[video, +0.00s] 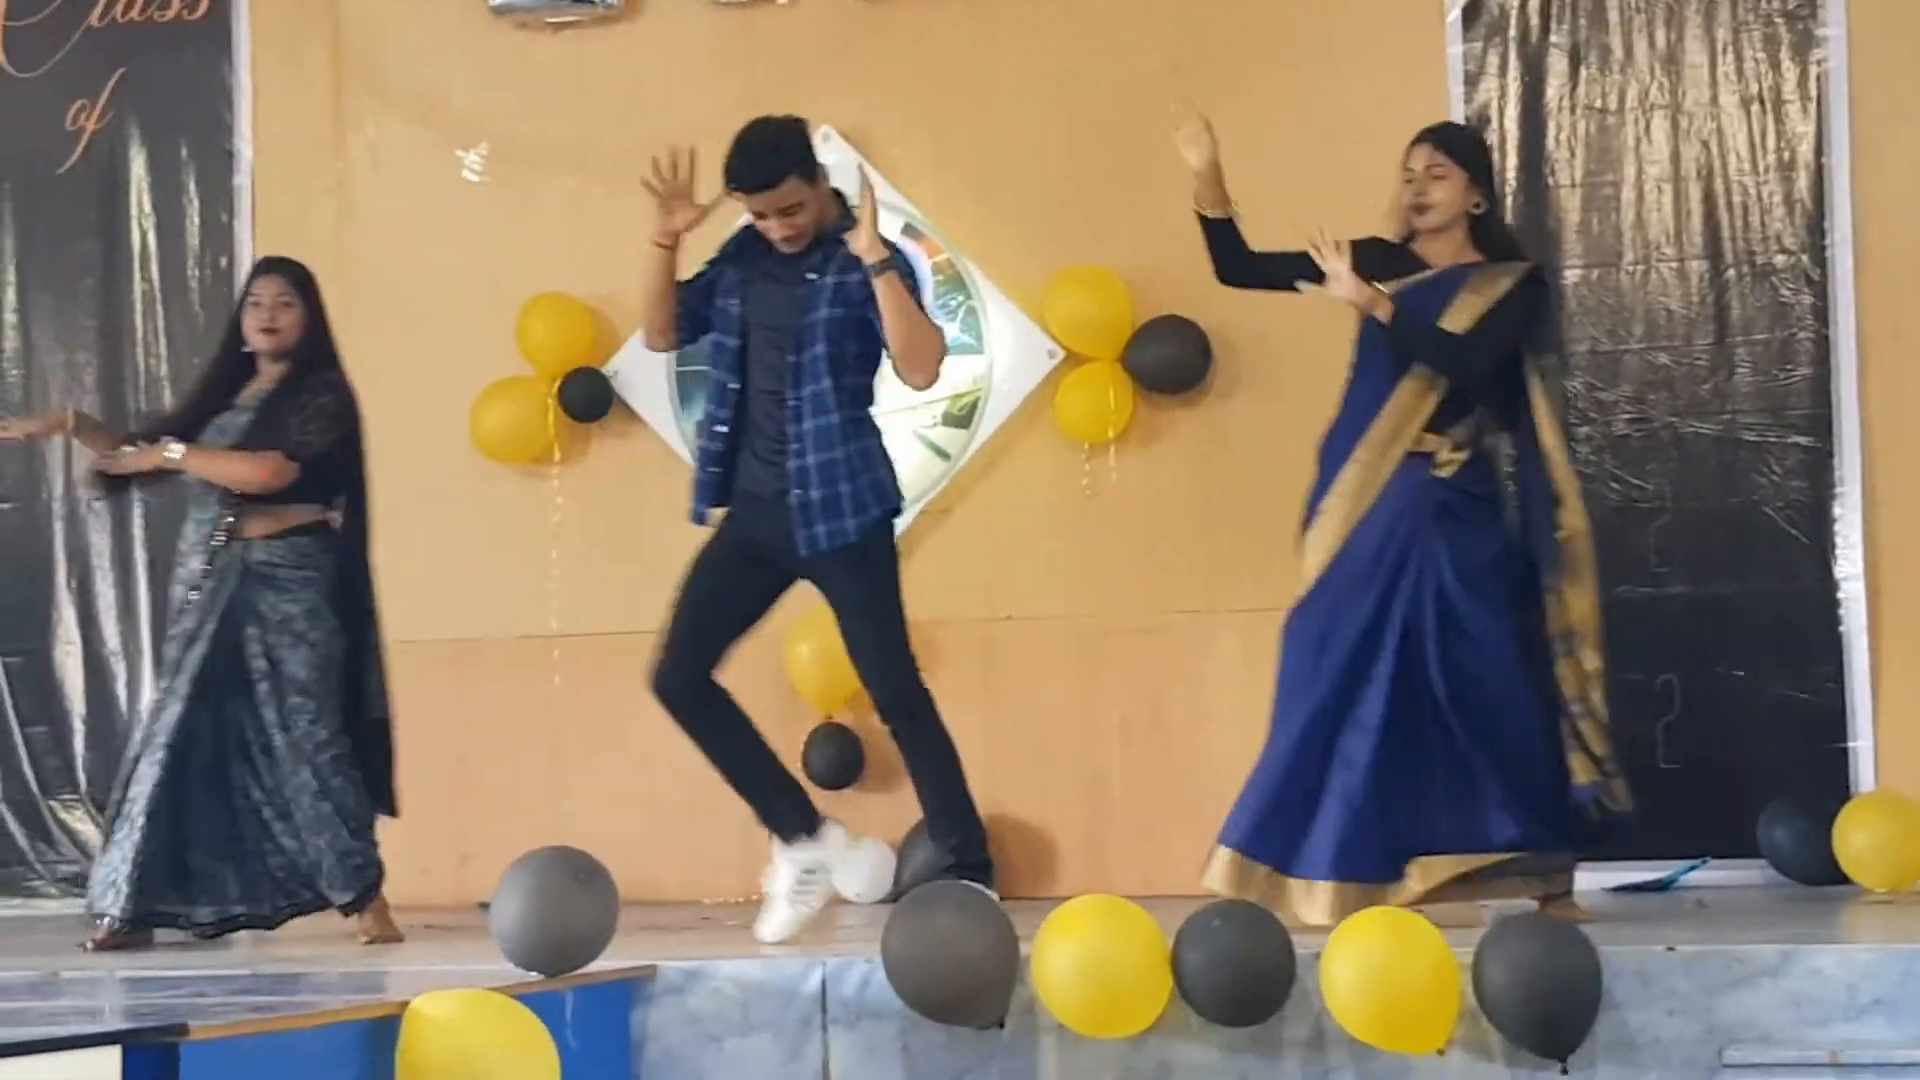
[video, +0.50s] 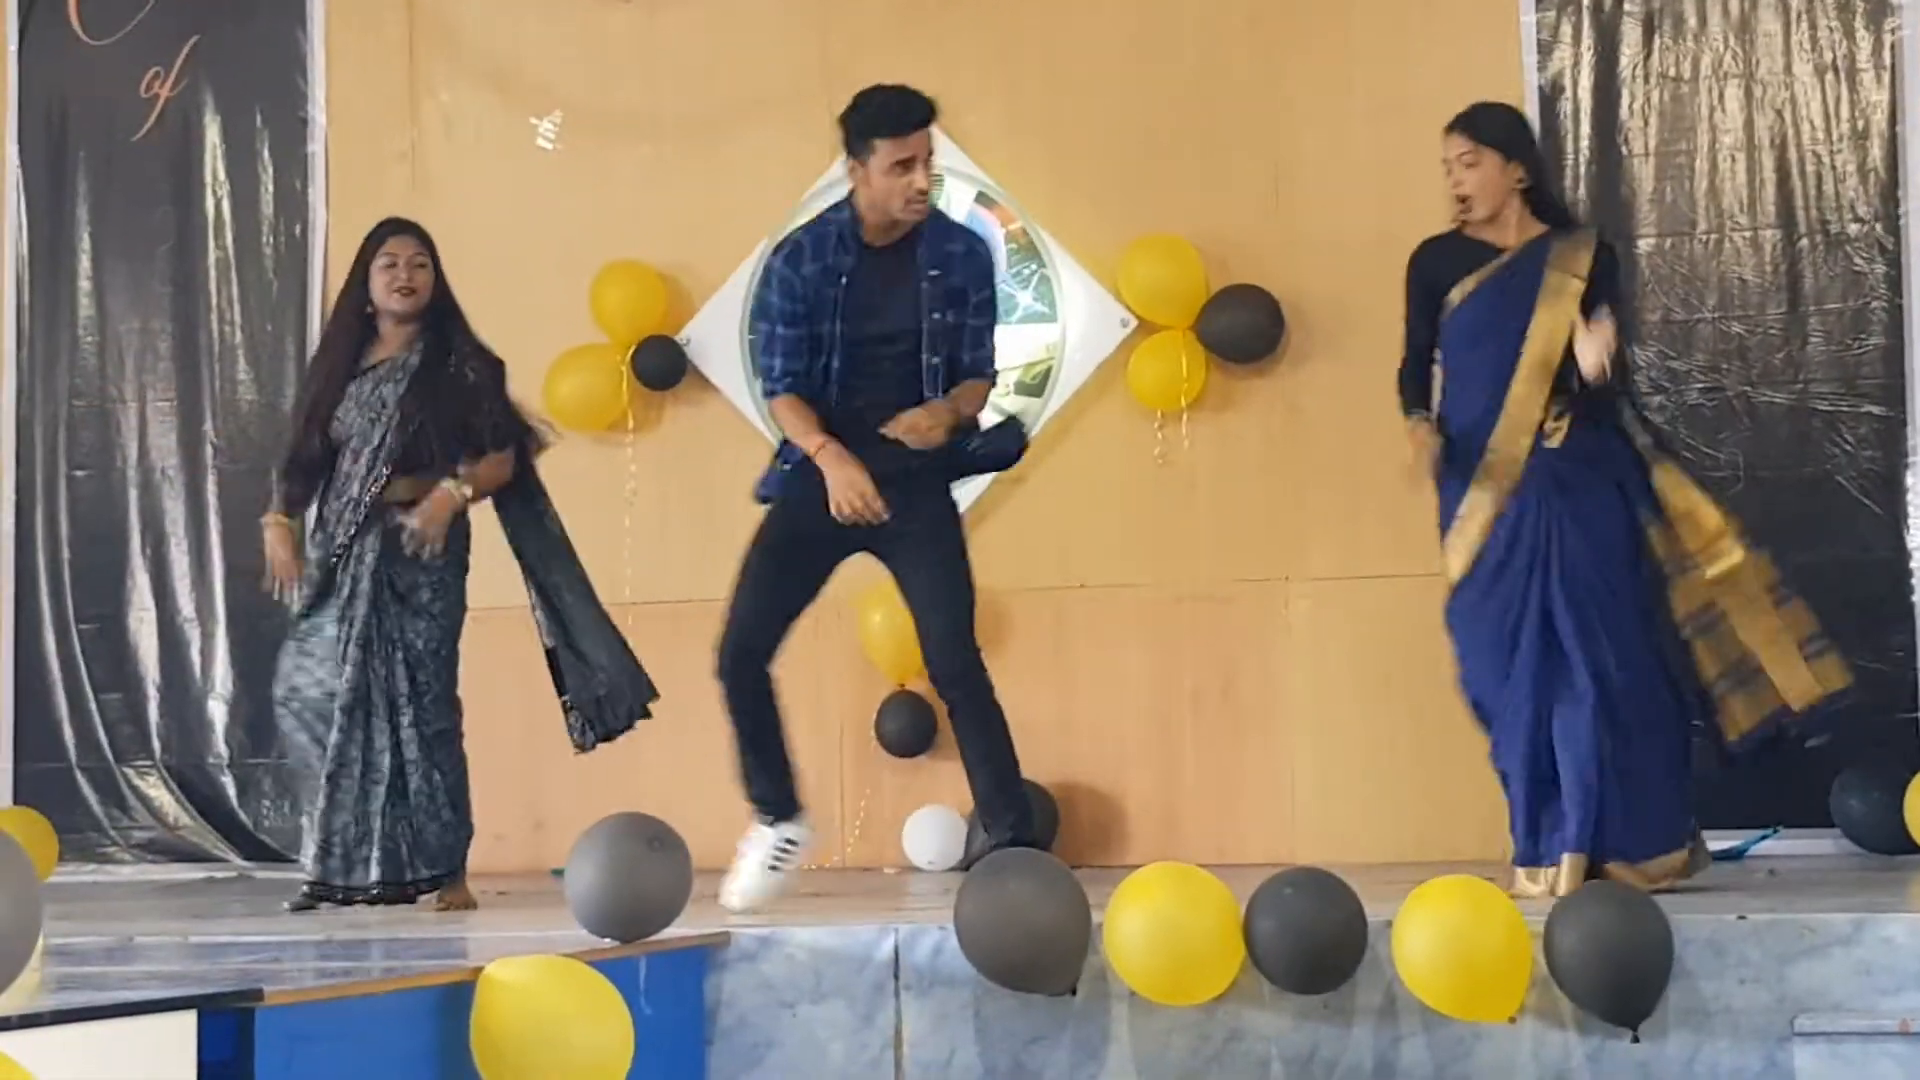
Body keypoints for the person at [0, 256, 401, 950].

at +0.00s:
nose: (267, 316)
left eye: (284, 305)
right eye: (256, 305)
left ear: (311, 318)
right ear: (240, 318)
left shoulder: (324, 395)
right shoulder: (225, 398)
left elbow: (274, 473)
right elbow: (139, 456)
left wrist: (170, 456)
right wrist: (76, 423)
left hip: (290, 580)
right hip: (217, 581)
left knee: (309, 736)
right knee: (174, 729)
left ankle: (366, 894)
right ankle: (130, 906)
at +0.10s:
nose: (308, 303)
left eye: (324, 292)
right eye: (296, 292)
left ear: (352, 306)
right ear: (280, 308)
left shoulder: (370, 383)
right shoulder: (267, 387)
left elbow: (322, 456)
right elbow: (185, 435)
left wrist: (219, 452)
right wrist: (85, 430)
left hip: (344, 565)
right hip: (267, 567)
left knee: (350, 721)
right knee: (218, 712)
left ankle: (391, 888)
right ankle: (181, 892)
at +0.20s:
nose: (353, 284)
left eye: (368, 274)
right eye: (340, 273)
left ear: (390, 290)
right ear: (321, 289)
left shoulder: (408, 356)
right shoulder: (305, 365)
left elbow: (390, 435)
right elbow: (228, 424)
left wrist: (282, 438)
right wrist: (134, 416)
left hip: (386, 546)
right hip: (311, 549)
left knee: (385, 708)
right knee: (276, 695)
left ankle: (419, 880)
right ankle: (246, 865)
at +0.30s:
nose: (384, 273)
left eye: (398, 264)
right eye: (371, 263)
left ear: (419, 278)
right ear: (349, 278)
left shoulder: (435, 345)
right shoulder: (329, 351)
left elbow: (462, 423)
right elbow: (265, 421)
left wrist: (356, 425)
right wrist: (186, 422)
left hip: (411, 535)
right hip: (336, 538)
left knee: (415, 698)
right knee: (326, 693)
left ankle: (439, 871)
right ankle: (328, 869)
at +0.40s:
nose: (402, 270)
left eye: (414, 260)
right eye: (387, 259)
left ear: (432, 274)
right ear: (362, 274)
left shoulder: (451, 350)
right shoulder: (339, 357)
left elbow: (512, 435)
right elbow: (312, 446)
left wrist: (421, 449)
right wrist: (260, 462)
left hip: (417, 545)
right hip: (341, 546)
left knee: (423, 700)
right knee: (343, 697)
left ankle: (447, 872)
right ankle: (347, 869)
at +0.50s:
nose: (405, 275)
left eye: (418, 265)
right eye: (390, 265)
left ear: (435, 280)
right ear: (366, 282)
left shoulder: (464, 365)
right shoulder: (338, 367)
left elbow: (508, 457)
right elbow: (303, 458)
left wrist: (452, 493)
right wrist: (277, 522)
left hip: (422, 551)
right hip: (342, 551)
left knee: (422, 703)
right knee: (322, 692)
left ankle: (443, 869)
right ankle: (350, 864)